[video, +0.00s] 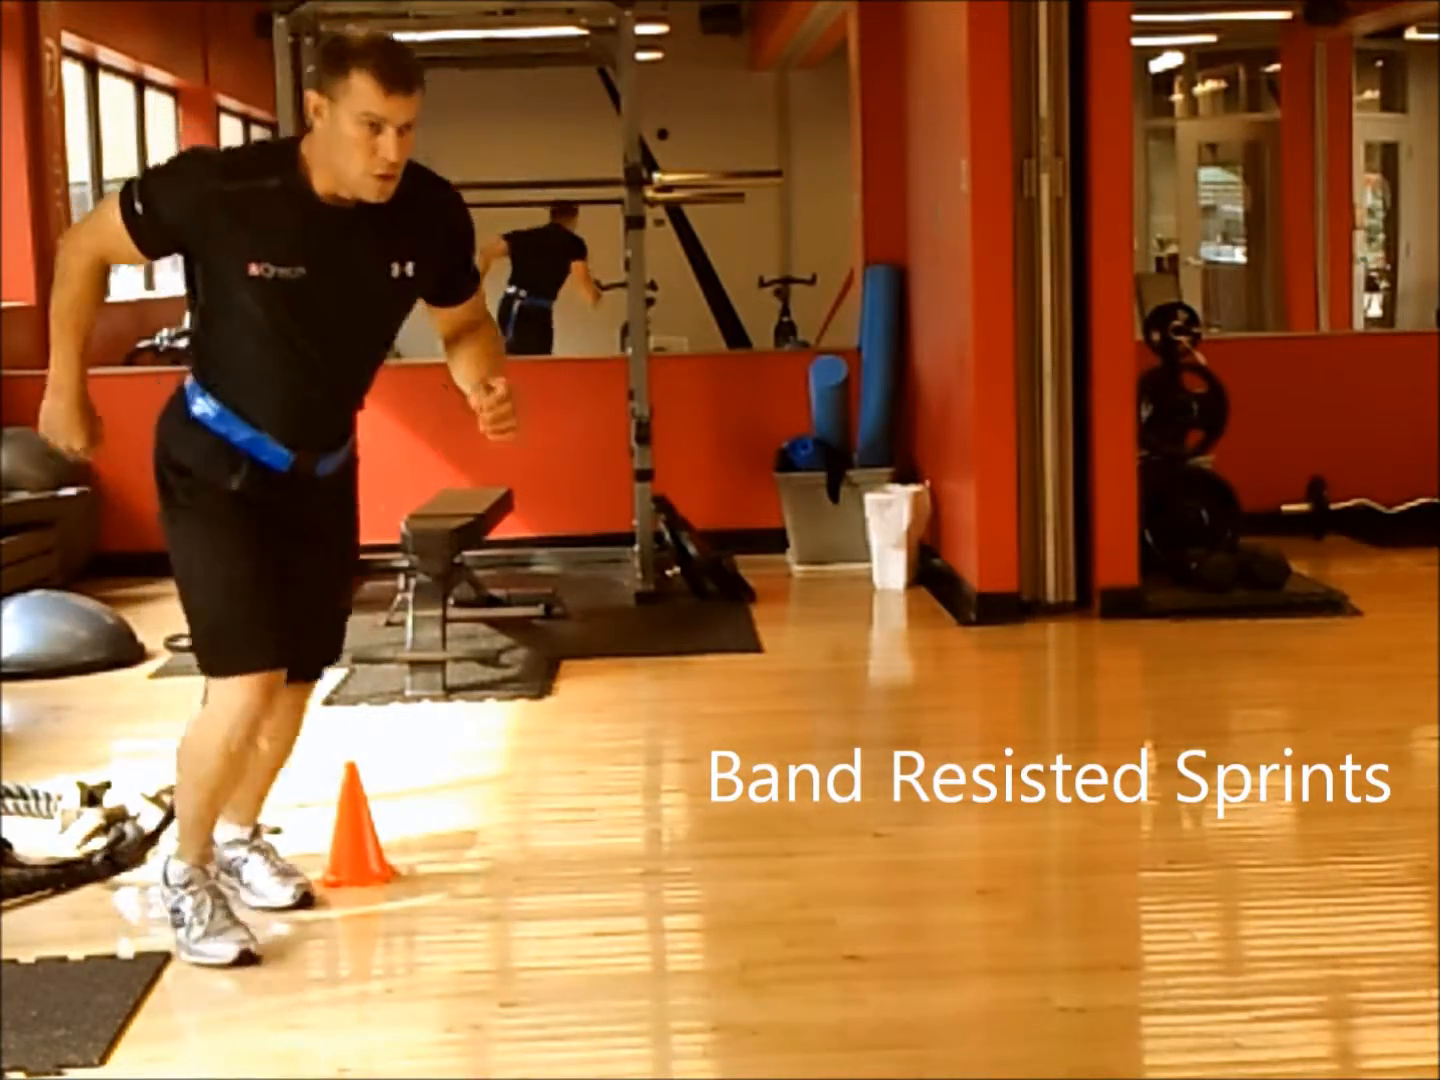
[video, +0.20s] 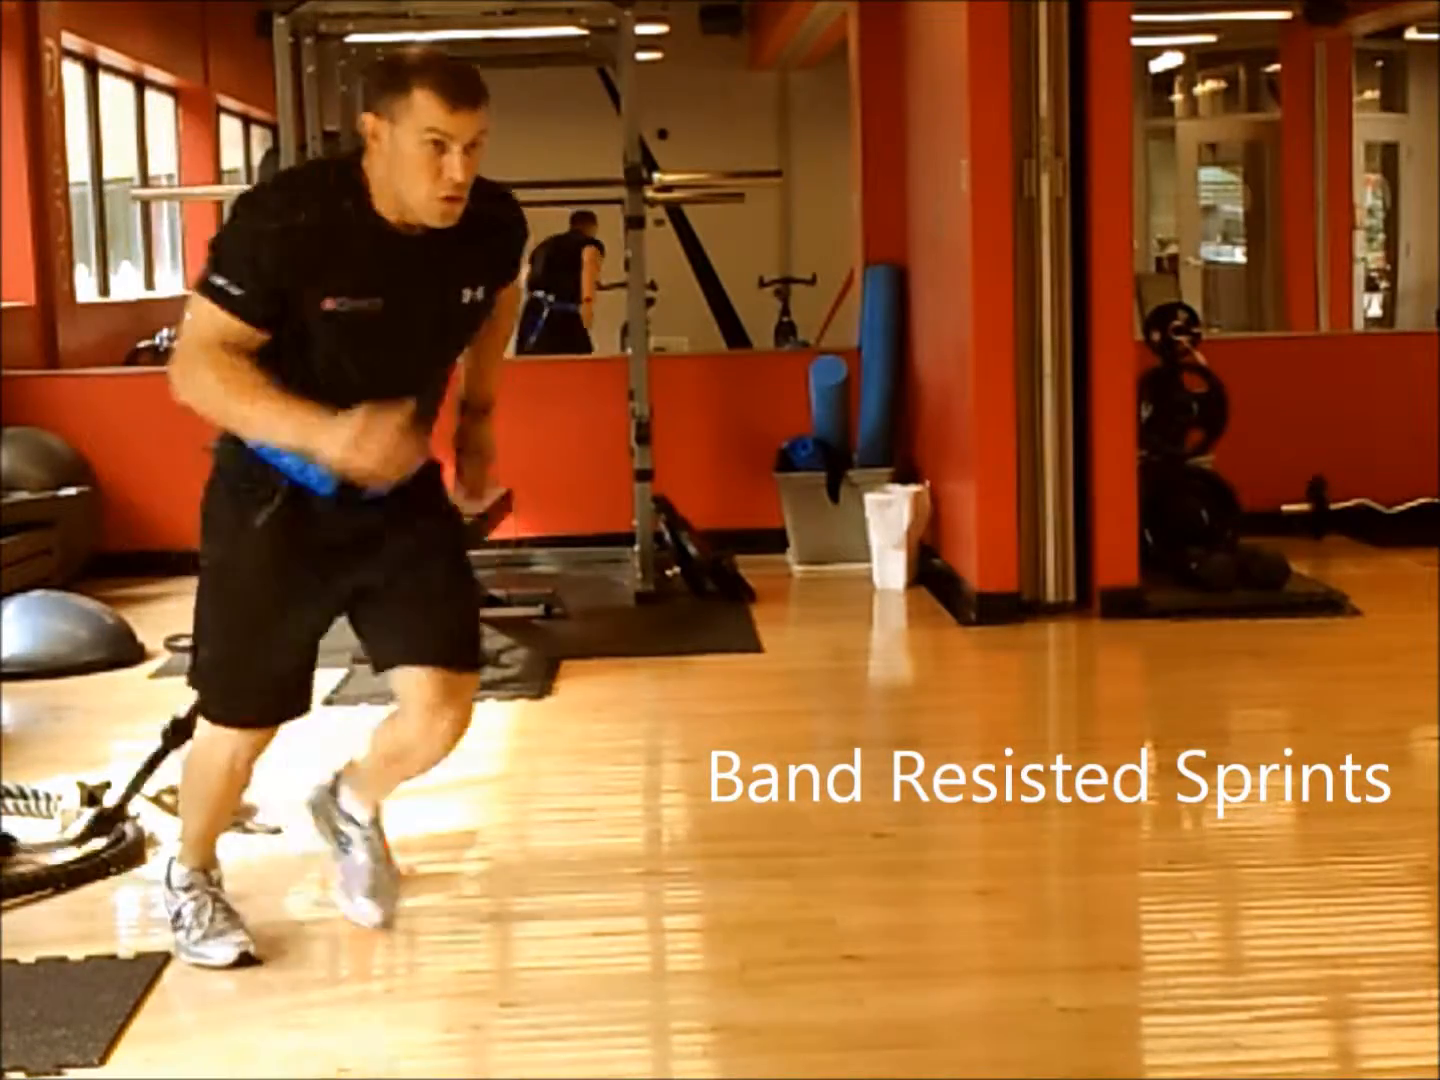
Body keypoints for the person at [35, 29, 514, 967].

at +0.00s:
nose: (394, 149)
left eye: (406, 128)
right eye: (373, 126)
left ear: (418, 125)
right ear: (318, 113)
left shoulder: (427, 214)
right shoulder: (216, 187)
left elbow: (467, 326)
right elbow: (83, 249)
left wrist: (485, 384)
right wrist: (65, 387)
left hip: (320, 473)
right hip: (216, 462)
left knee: (296, 678)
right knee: (246, 678)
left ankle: (236, 837)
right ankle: (183, 872)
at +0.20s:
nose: (460, 170)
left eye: (472, 146)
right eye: (437, 144)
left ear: (485, 143)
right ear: (374, 137)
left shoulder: (491, 226)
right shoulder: (284, 215)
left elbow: (493, 318)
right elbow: (197, 367)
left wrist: (477, 428)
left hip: (400, 493)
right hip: (272, 494)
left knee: (441, 709)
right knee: (245, 715)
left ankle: (350, 802)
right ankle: (191, 877)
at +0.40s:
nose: (660, 133)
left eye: (677, 111)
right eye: (637, 105)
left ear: (688, 108)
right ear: (570, 86)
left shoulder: (659, 186)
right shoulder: (457, 164)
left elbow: (603, 295)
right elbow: (339, 317)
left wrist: (606, 387)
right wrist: (505, 409)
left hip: (536, 474)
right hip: (403, 469)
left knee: (590, 709)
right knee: (374, 730)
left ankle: (535, 971)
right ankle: (234, 763)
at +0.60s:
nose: (836, 72)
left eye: (852, 45)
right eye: (810, 40)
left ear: (863, 38)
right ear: (732, 19)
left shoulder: (834, 130)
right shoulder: (603, 91)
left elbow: (835, 301)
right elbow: (398, 134)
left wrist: (919, 296)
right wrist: (363, 324)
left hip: (658, 447)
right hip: (542, 434)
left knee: (632, 711)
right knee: (629, 707)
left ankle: (534, 950)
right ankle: (470, 927)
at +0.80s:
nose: (955, 71)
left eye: (973, 42)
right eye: (932, 35)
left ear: (987, 38)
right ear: (847, 15)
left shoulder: (946, 138)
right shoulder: (710, 118)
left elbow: (909, 313)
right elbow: (591, 322)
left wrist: (918, 459)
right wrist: (789, 378)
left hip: (821, 492)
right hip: (681, 486)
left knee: (859, 815)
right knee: (708, 816)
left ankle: (642, 750)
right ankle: (635, 1069)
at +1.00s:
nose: (1150, 27)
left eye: (1170, 5)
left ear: (1179, 10)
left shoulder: (1119, 103)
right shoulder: (872, 40)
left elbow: (1061, 237)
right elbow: (688, 186)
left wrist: (1030, 401)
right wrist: (780, 398)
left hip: (920, 416)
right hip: (772, 415)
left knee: (981, 745)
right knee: (844, 771)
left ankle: (893, 1025)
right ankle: (623, 955)